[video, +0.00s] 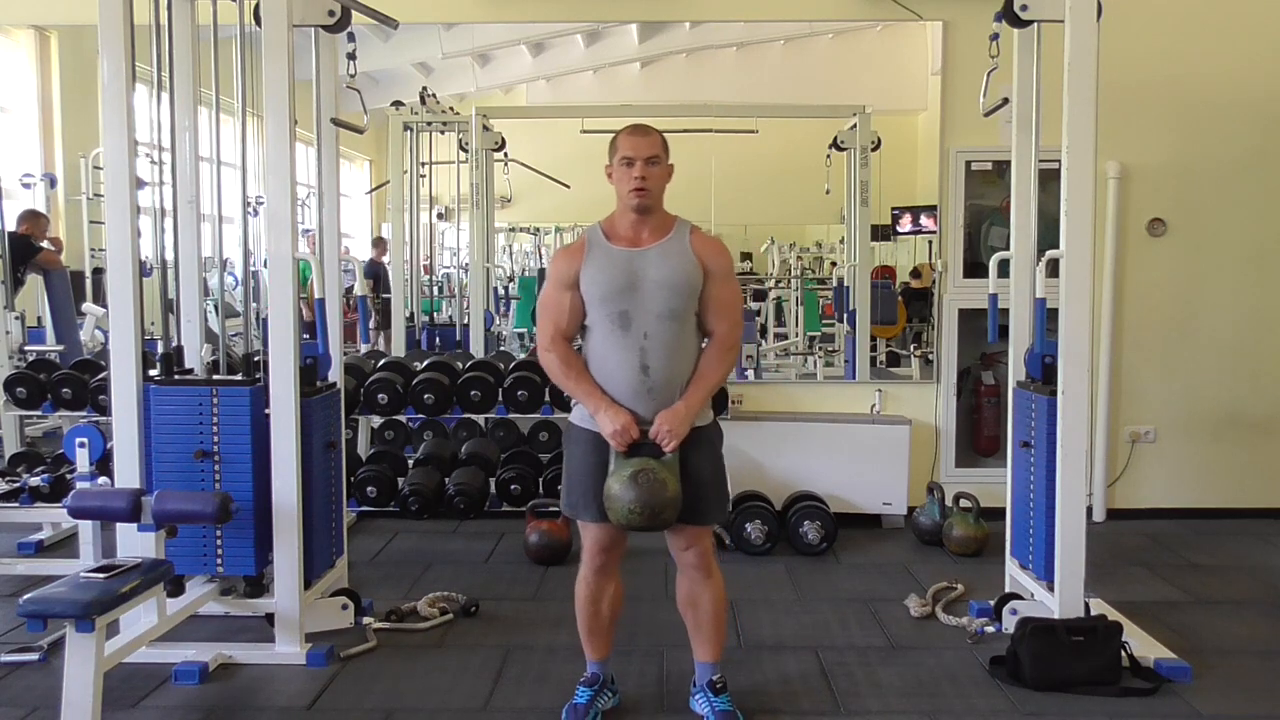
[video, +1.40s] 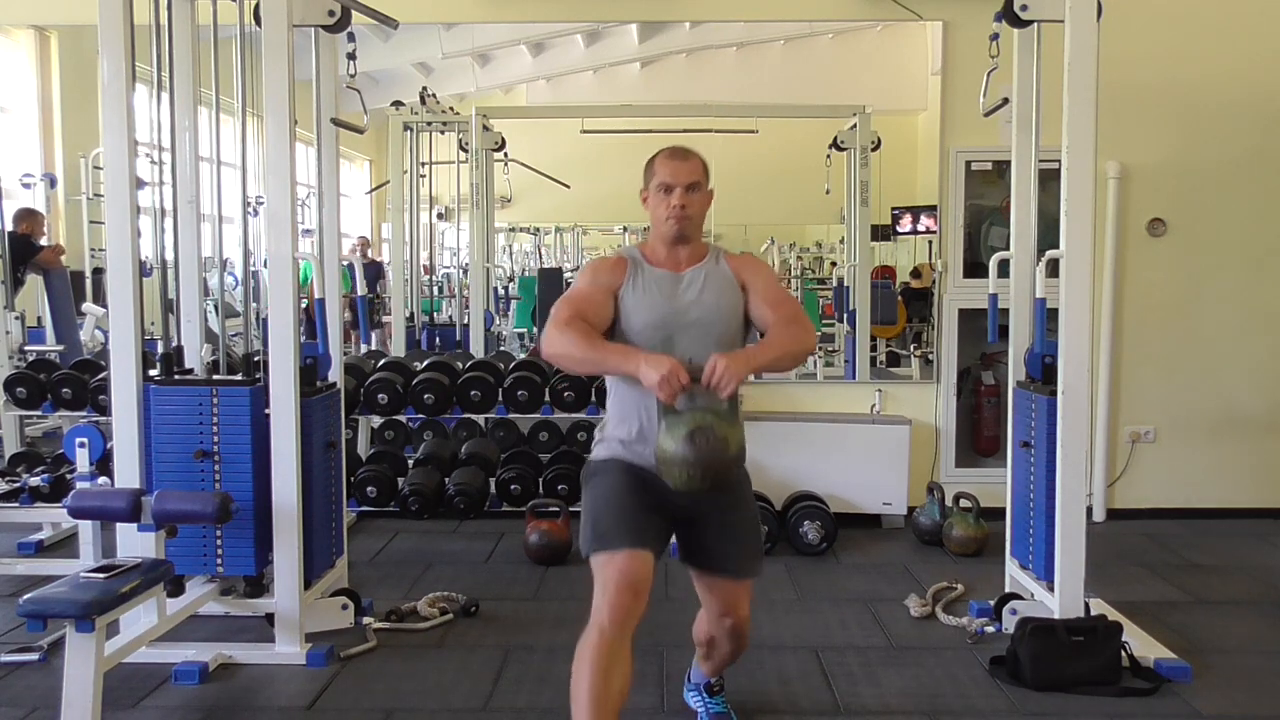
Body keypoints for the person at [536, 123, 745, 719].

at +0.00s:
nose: (640, 173)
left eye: (652, 163)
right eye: (628, 163)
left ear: (669, 172)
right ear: (610, 173)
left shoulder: (705, 252)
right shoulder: (574, 259)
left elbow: (726, 337)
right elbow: (551, 345)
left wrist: (689, 407)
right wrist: (602, 408)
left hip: (685, 428)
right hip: (597, 429)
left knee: (695, 551)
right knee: (598, 551)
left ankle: (708, 686)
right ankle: (596, 679)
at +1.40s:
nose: (680, 201)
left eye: (692, 189)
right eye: (666, 190)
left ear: (708, 198)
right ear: (646, 199)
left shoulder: (744, 271)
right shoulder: (610, 272)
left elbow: (801, 337)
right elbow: (557, 340)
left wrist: (748, 359)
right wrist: (639, 361)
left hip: (715, 461)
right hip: (628, 459)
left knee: (730, 620)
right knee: (620, 599)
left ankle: (702, 683)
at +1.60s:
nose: (654, 267)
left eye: (668, 255)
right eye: (640, 255)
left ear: (686, 263)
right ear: (618, 265)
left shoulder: (712, 326)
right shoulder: (587, 329)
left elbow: (809, 309)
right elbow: (518, 314)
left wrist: (735, 301)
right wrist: (619, 302)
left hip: (700, 538)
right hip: (605, 532)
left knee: (733, 703)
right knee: (605, 665)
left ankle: (711, 710)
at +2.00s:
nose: (645, 349)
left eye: (660, 335)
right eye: (630, 336)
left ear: (679, 343)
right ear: (607, 349)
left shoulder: (709, 401)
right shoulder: (581, 409)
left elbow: (730, 301)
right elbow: (565, 305)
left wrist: (696, 214)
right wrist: (605, 213)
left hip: (698, 634)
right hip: (598, 624)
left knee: (735, 710)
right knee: (596, 695)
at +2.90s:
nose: (658, 279)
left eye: (671, 263)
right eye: (641, 264)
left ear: (690, 266)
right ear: (617, 269)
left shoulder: (719, 334)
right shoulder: (591, 342)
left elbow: (746, 243)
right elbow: (563, 247)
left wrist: (706, 173)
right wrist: (610, 168)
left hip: (708, 557)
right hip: (613, 552)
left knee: (742, 705)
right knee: (626, 659)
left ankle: (711, 709)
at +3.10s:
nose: (680, 192)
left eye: (692, 184)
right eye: (665, 184)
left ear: (713, 204)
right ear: (640, 204)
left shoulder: (735, 265)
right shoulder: (616, 268)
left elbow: (776, 214)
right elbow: (573, 220)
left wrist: (724, 161)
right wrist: (625, 163)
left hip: (718, 472)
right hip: (633, 473)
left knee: (730, 628)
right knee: (618, 627)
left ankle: (703, 685)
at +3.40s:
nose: (687, 155)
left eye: (699, 147)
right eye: (675, 148)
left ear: (717, 166)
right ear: (656, 166)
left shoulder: (745, 224)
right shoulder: (630, 227)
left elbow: (804, 259)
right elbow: (569, 256)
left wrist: (739, 237)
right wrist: (637, 240)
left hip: (719, 424)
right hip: (634, 423)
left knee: (711, 558)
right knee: (620, 560)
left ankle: (707, 686)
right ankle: (609, 669)